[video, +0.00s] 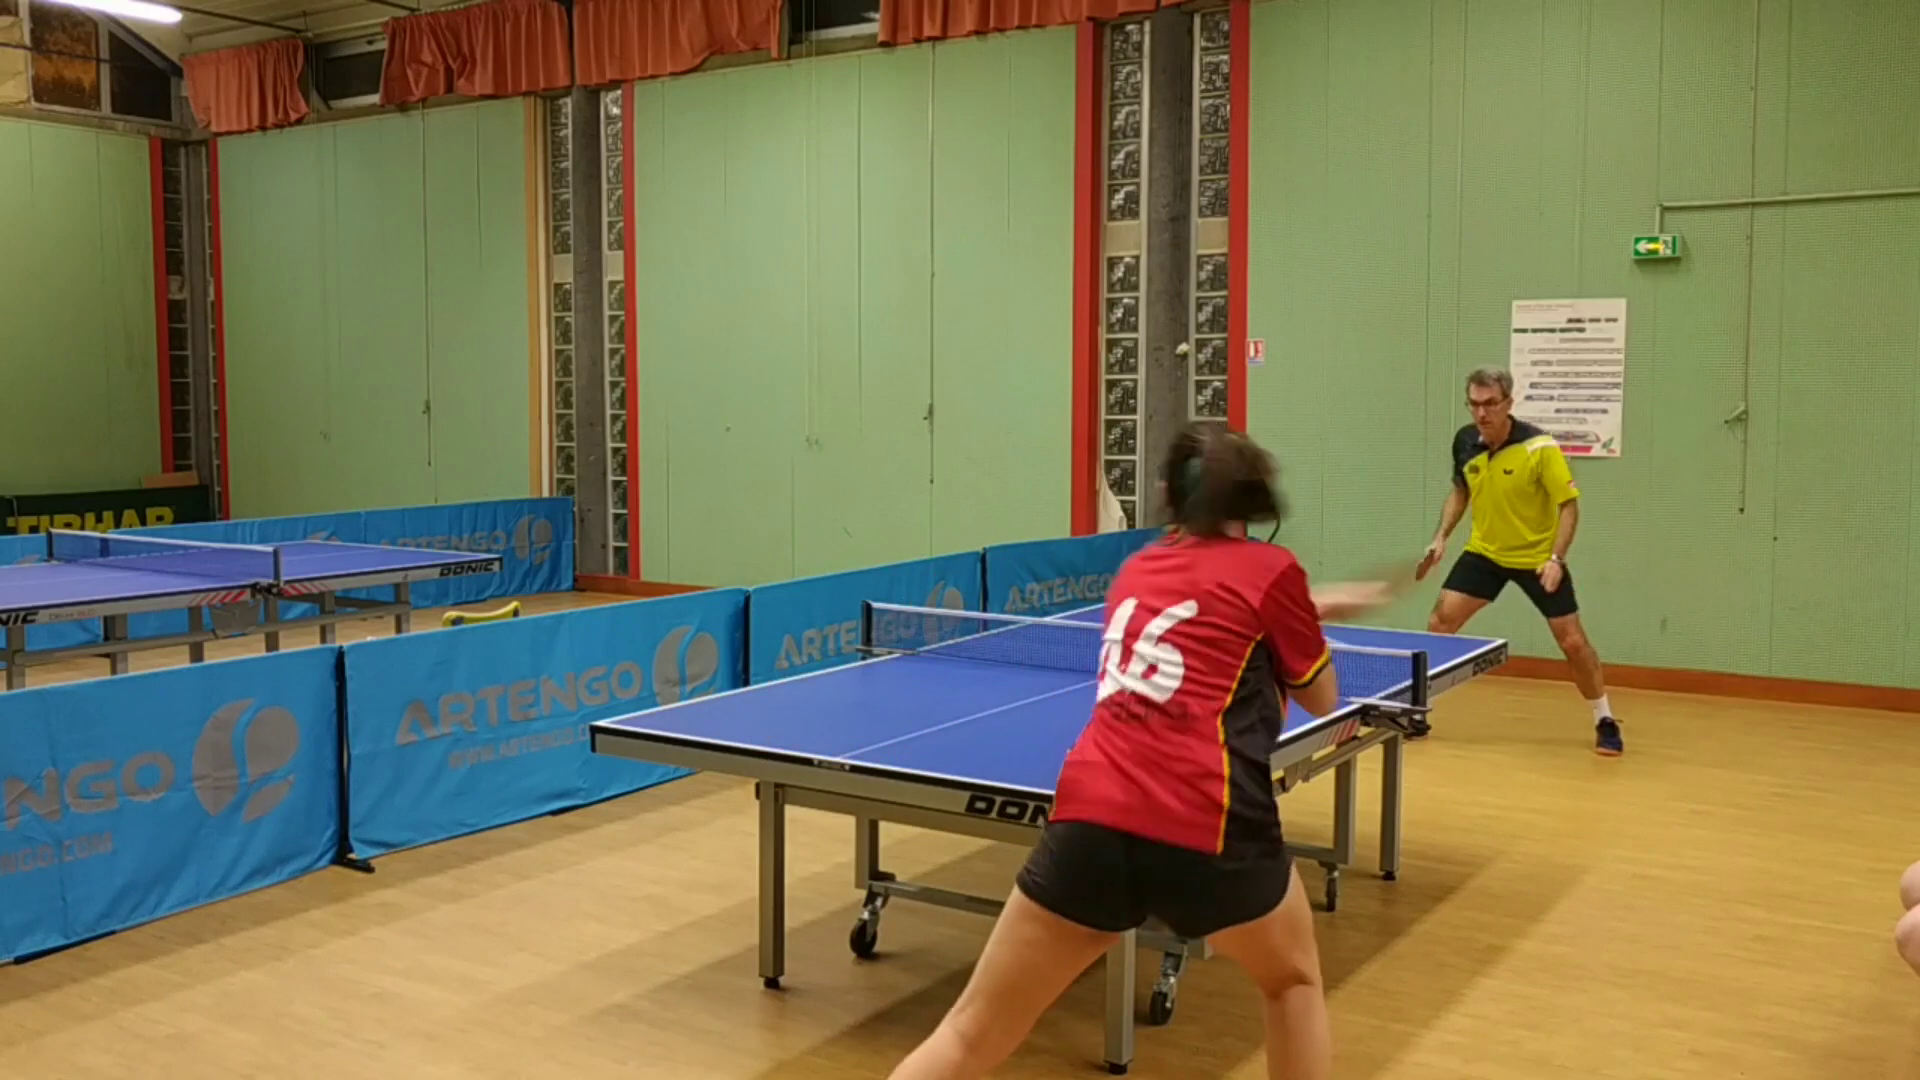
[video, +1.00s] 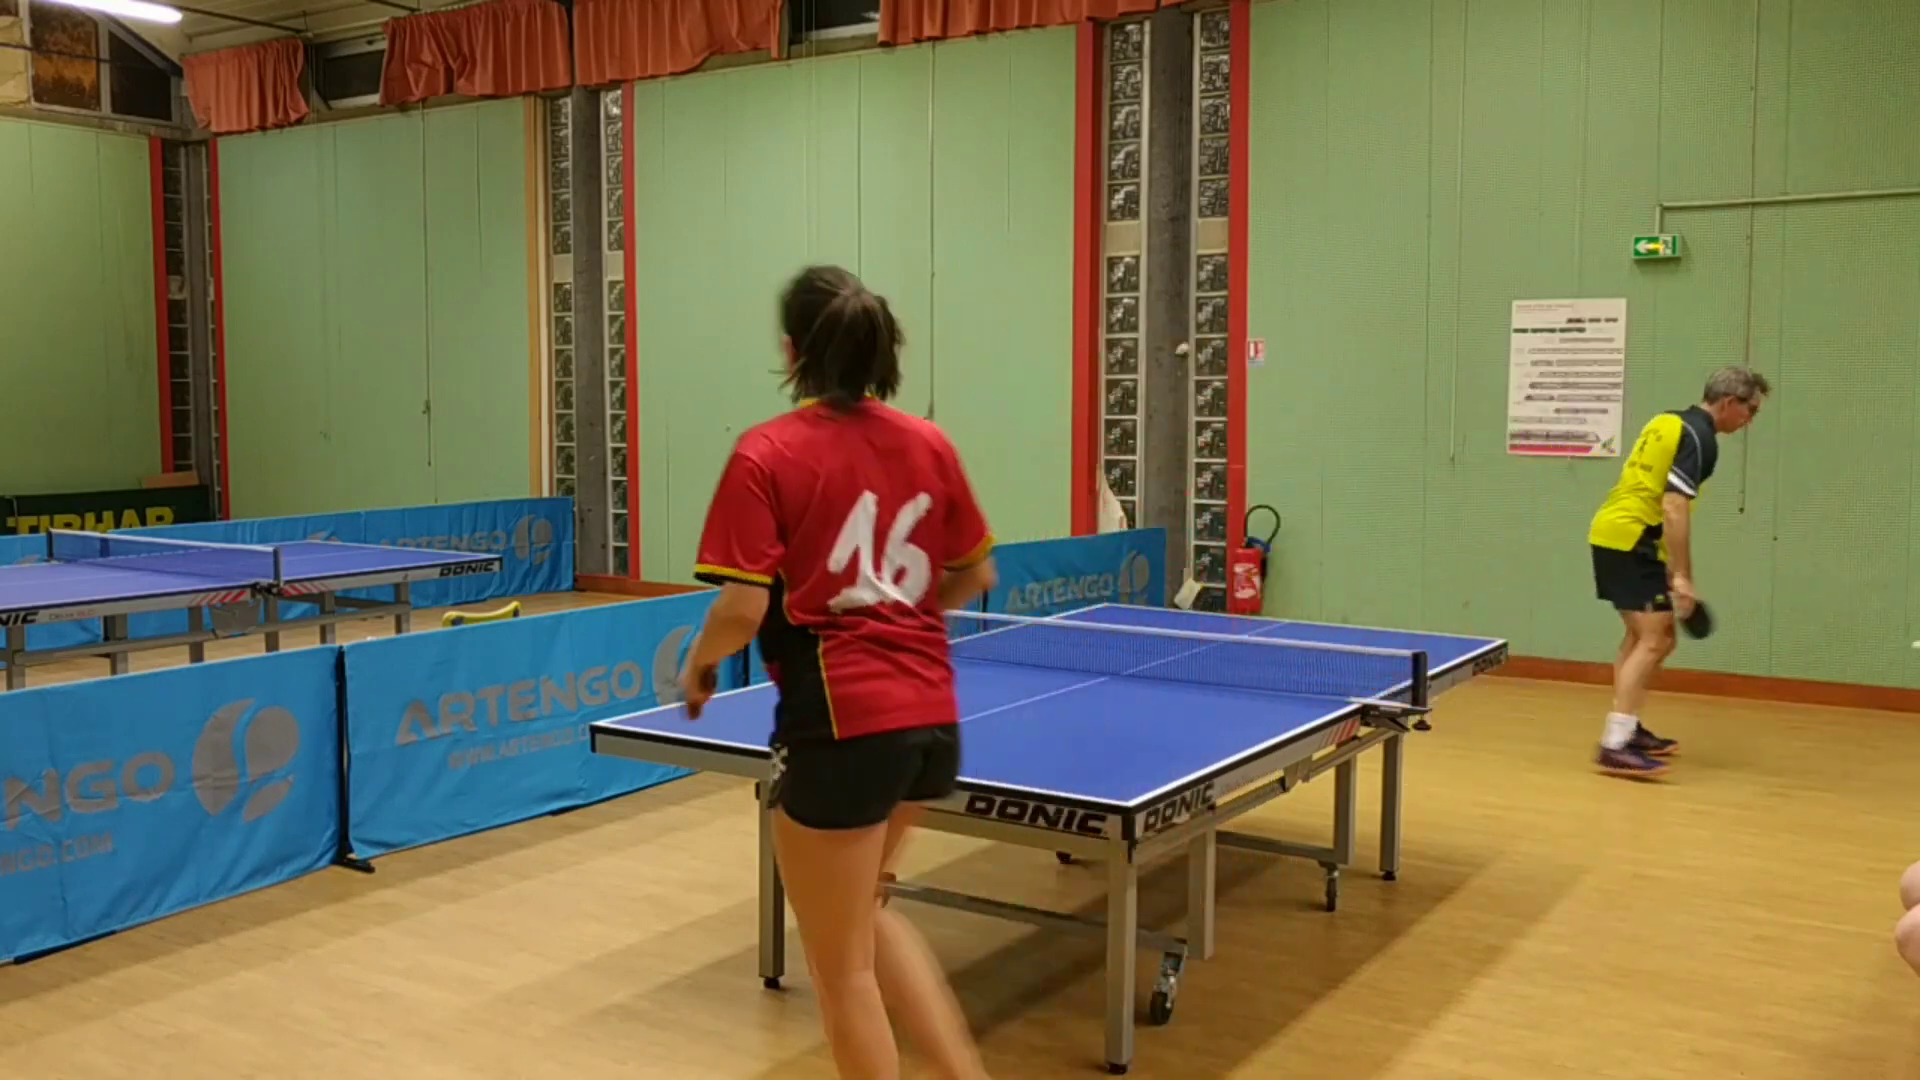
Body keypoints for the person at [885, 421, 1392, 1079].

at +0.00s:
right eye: (1249, 486)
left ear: (1172, 497)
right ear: (1249, 499)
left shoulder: (1138, 566)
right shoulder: (1273, 571)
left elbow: (1206, 623)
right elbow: (1319, 696)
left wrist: (1313, 606)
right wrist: (1274, 631)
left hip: (1091, 828)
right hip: (1213, 837)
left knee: (966, 1037)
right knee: (1291, 985)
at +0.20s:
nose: (1326, 489)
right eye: (1324, 479)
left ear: (1237, 483)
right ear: (1311, 482)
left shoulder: (1195, 537)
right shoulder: (1311, 543)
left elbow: (1287, 668)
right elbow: (1355, 698)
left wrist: (1416, 658)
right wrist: (1341, 676)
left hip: (1094, 764)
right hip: (1211, 782)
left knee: (982, 990)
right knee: (1295, 977)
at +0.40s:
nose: (1280, 411)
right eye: (1275, 400)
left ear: (1189, 411)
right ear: (1267, 414)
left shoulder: (1143, 481)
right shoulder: (1293, 502)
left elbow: (1191, 595)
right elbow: (1339, 653)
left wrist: (1322, 642)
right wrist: (1266, 621)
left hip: (1082, 740)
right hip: (1202, 761)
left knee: (976, 944)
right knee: (1268, 974)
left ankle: (888, 1077)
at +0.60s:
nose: (1150, 376)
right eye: (1146, 367)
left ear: (1058, 388)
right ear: (1139, 384)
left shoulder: (1013, 473)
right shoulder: (1193, 485)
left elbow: (985, 583)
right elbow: (1251, 617)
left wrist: (1081, 562)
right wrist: (1195, 561)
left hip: (1018, 759)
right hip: (1139, 764)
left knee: (942, 950)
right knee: (1221, 971)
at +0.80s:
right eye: (978, 376)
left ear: (899, 391)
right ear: (982, 390)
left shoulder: (861, 492)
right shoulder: (1039, 493)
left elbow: (809, 620)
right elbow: (1110, 626)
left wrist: (875, 573)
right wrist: (1040, 572)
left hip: (898, 774)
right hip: (1015, 771)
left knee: (865, 970)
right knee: (1099, 956)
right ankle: (1198, 1074)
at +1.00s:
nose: (782, 347)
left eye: (784, 337)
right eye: (785, 336)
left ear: (794, 348)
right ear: (876, 346)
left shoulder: (768, 452)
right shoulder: (927, 443)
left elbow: (741, 611)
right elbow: (972, 572)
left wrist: (698, 663)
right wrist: (896, 606)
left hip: (841, 734)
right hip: (933, 726)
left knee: (843, 968)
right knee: (869, 901)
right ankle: (965, 1069)